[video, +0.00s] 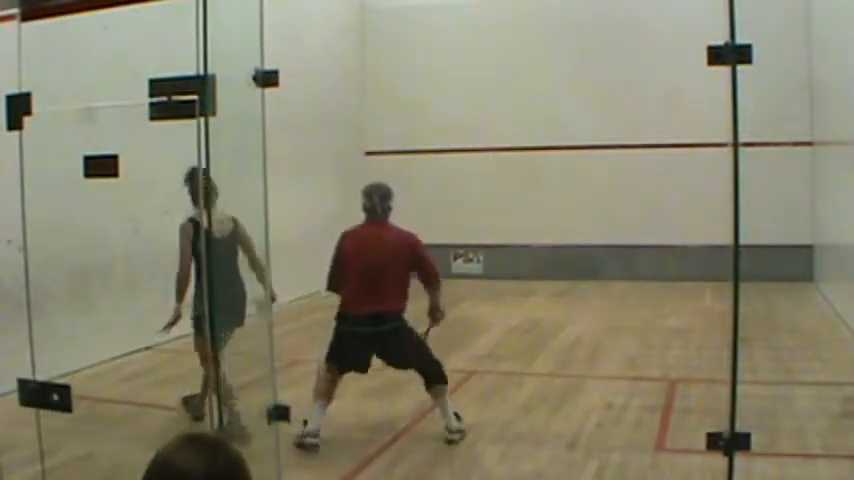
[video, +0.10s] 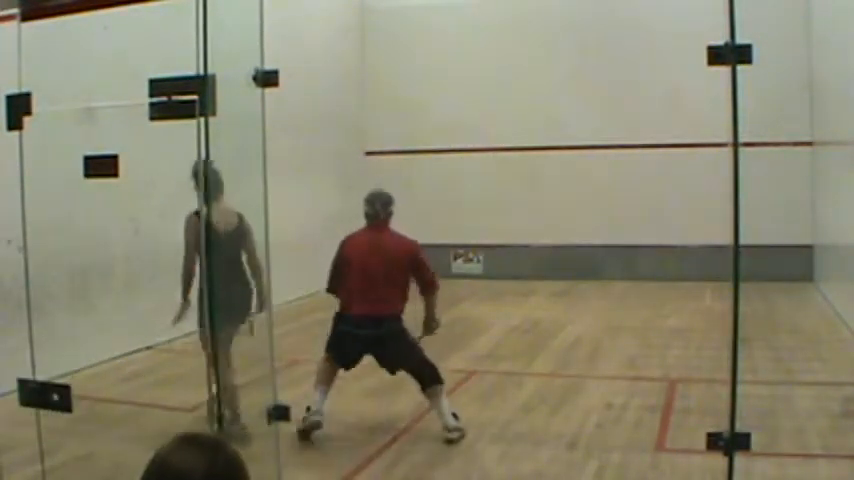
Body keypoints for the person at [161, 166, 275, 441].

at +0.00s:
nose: (197, 196)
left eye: (195, 192)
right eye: (200, 190)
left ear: (191, 194)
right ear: (215, 192)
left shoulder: (190, 227)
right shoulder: (232, 223)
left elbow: (185, 271)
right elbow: (254, 260)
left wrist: (178, 307)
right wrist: (268, 288)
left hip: (207, 305)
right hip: (235, 301)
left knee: (210, 359)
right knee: (212, 354)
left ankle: (232, 416)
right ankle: (200, 401)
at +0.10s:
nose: (197, 191)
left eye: (196, 186)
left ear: (198, 188)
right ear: (222, 185)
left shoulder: (195, 221)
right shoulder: (238, 219)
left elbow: (189, 265)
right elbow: (253, 260)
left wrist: (184, 299)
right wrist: (261, 292)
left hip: (213, 297)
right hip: (240, 294)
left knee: (219, 355)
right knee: (221, 352)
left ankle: (234, 417)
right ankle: (222, 402)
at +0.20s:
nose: (209, 187)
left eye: (205, 182)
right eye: (216, 181)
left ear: (202, 184)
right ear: (225, 182)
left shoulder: (199, 217)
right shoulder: (242, 216)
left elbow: (195, 260)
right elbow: (254, 259)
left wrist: (192, 294)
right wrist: (258, 291)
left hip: (220, 297)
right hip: (246, 294)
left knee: (225, 355)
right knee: (234, 350)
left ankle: (238, 417)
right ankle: (248, 408)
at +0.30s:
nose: (215, 185)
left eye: (208, 181)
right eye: (221, 179)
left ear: (206, 183)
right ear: (230, 180)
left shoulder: (205, 218)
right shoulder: (248, 216)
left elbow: (201, 259)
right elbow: (254, 257)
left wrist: (197, 291)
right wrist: (258, 290)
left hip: (220, 298)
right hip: (248, 295)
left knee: (225, 359)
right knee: (249, 352)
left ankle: (237, 417)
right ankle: (265, 405)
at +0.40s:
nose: (208, 186)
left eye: (207, 181)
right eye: (214, 179)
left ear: (208, 183)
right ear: (232, 179)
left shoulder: (210, 215)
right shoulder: (248, 215)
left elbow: (206, 260)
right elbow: (254, 257)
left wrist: (201, 298)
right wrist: (255, 290)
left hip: (221, 298)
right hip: (249, 294)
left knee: (220, 356)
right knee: (251, 354)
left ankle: (236, 413)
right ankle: (265, 405)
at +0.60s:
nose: (198, 188)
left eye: (199, 182)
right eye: (198, 182)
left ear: (203, 184)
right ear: (221, 180)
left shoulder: (210, 214)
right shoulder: (235, 213)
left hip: (219, 290)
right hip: (238, 288)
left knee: (203, 345)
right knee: (249, 349)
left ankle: (217, 408)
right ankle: (266, 403)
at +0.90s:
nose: (157, 196)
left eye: (157, 192)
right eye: (159, 191)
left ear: (159, 193)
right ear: (182, 189)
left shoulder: (171, 219)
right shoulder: (192, 215)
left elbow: (186, 255)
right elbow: (199, 255)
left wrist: (193, 297)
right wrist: (201, 289)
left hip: (181, 295)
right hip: (205, 291)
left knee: (169, 345)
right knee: (223, 346)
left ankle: (171, 401)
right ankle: (259, 399)